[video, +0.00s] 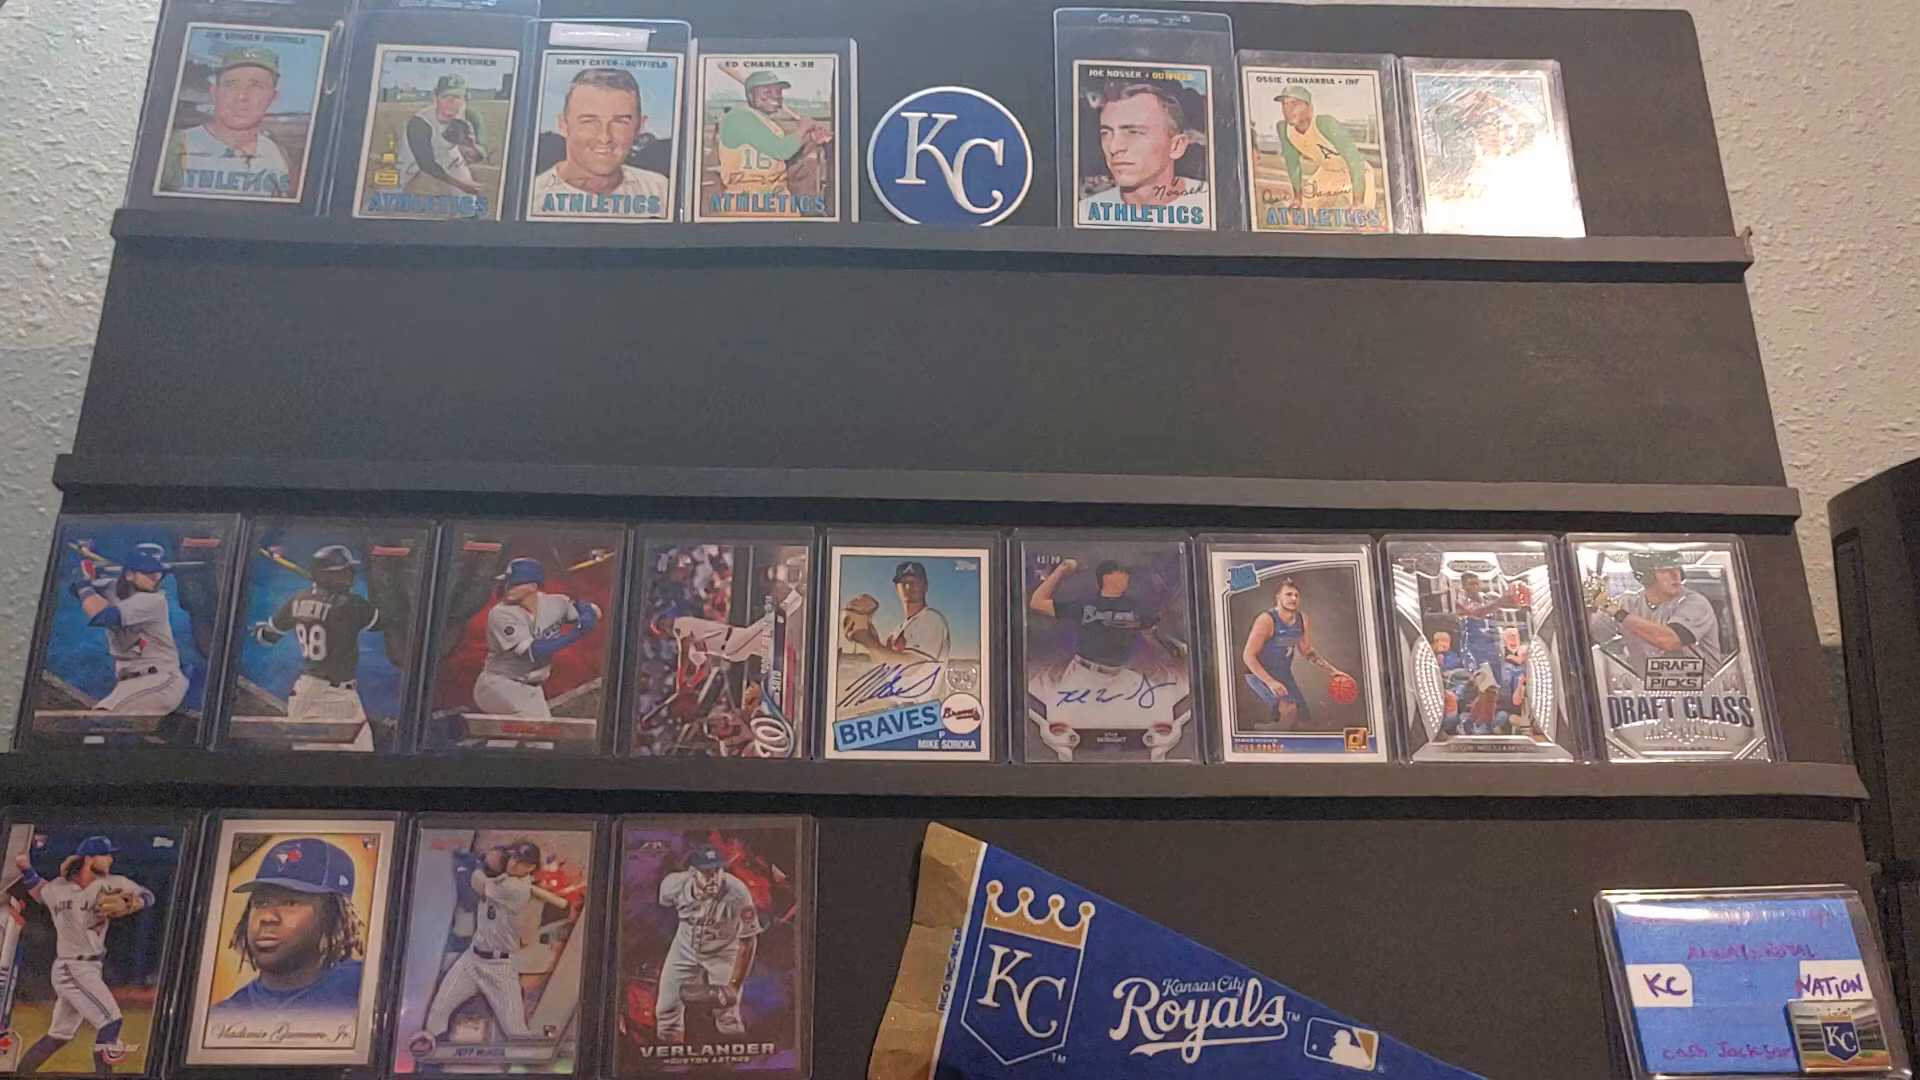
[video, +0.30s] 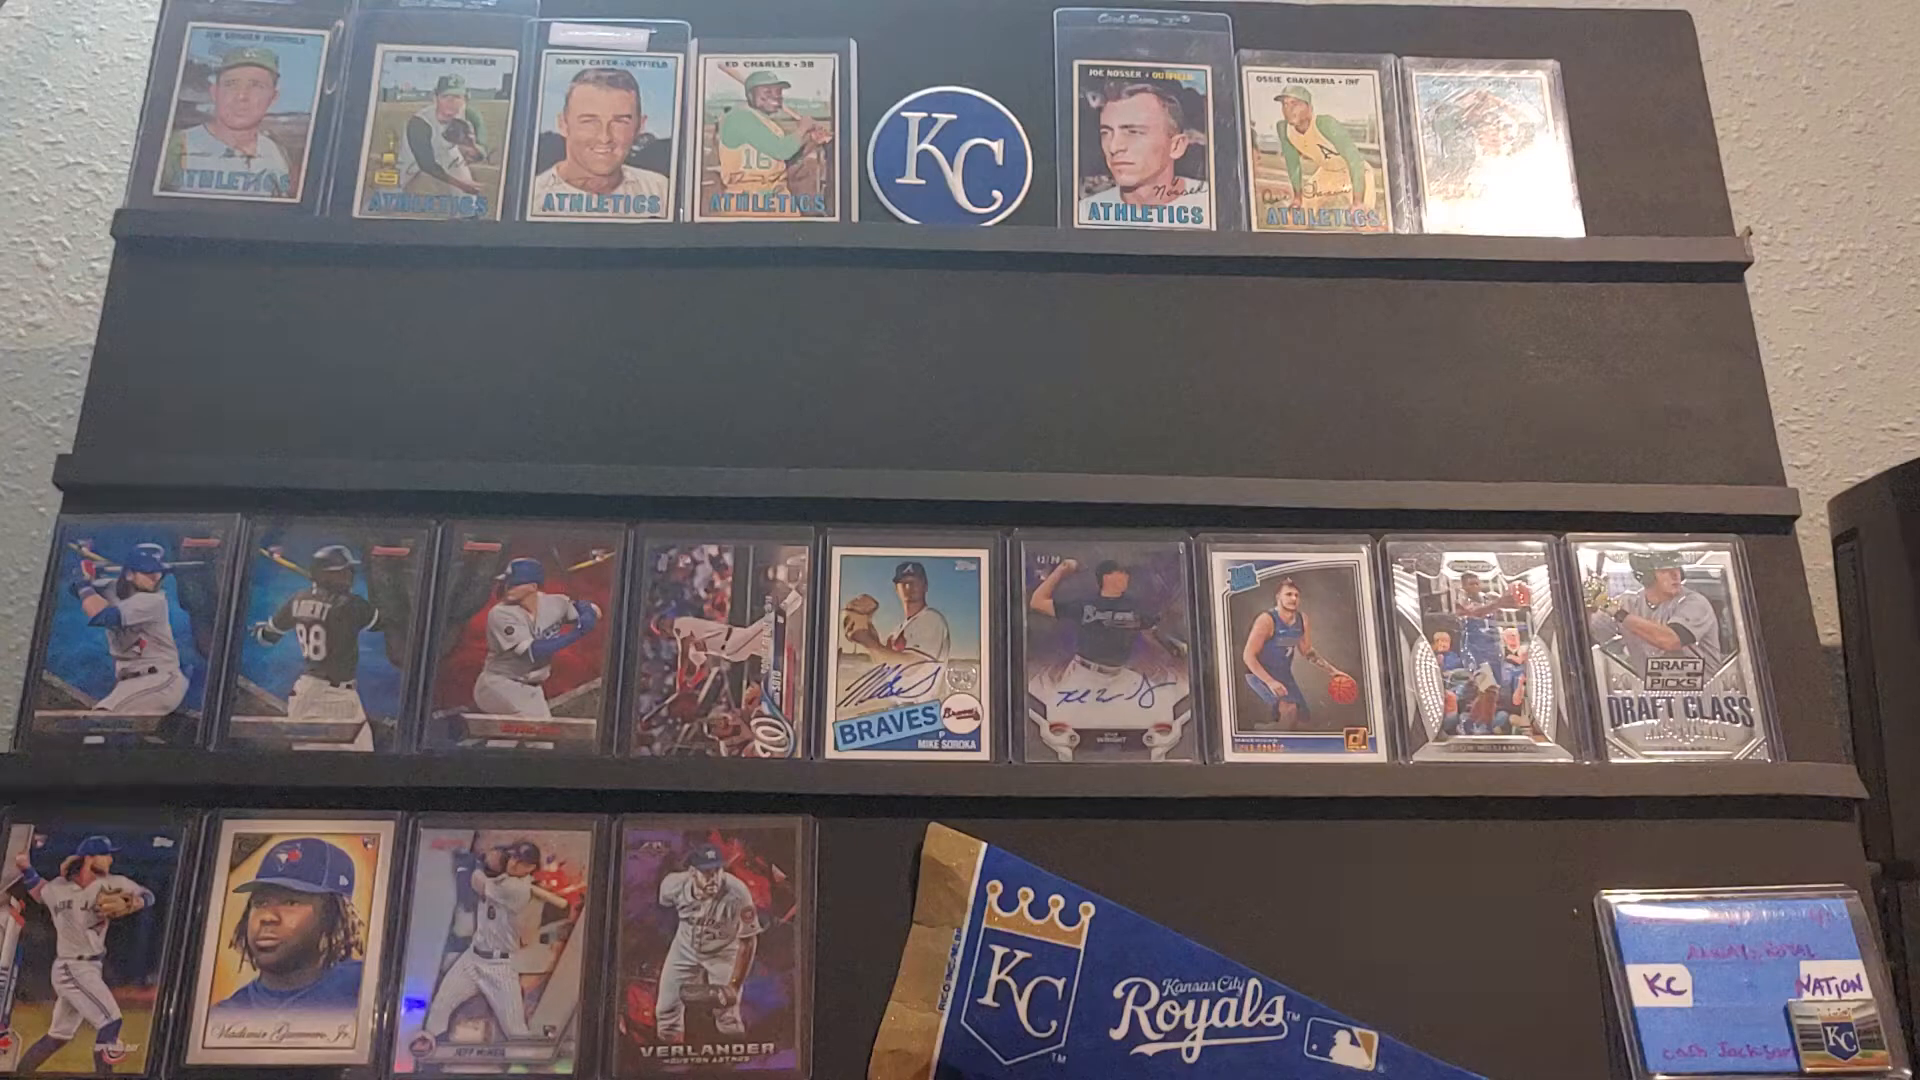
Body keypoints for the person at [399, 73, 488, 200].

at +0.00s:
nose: (451, 103)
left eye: (457, 98)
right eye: (446, 97)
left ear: (464, 100)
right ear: (436, 98)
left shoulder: (470, 116)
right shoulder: (419, 122)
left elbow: (482, 149)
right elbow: (427, 166)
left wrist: (471, 152)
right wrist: (462, 186)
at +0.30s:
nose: (451, 103)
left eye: (457, 97)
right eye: (446, 97)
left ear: (464, 100)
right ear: (436, 98)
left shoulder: (469, 116)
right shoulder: (419, 122)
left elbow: (481, 150)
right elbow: (427, 166)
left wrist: (471, 151)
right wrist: (462, 186)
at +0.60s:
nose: (452, 102)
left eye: (457, 97)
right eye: (446, 97)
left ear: (465, 100)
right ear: (437, 98)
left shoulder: (469, 116)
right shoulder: (419, 122)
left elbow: (481, 152)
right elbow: (427, 166)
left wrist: (470, 151)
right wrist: (462, 185)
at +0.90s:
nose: (452, 102)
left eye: (457, 97)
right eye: (446, 97)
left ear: (464, 100)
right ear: (437, 98)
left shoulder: (469, 116)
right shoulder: (419, 122)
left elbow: (481, 152)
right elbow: (427, 166)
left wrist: (471, 151)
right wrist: (462, 185)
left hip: (454, 166)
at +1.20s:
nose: (451, 102)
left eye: (457, 97)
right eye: (445, 97)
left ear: (464, 100)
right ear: (436, 98)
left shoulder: (467, 117)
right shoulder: (419, 123)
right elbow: (427, 166)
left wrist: (471, 152)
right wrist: (461, 185)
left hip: (454, 167)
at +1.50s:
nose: (451, 102)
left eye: (457, 97)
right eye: (445, 96)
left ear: (464, 100)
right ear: (436, 97)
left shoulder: (468, 116)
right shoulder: (419, 123)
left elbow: (481, 153)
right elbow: (428, 166)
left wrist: (470, 150)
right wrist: (462, 185)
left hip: (454, 164)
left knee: (469, 192)